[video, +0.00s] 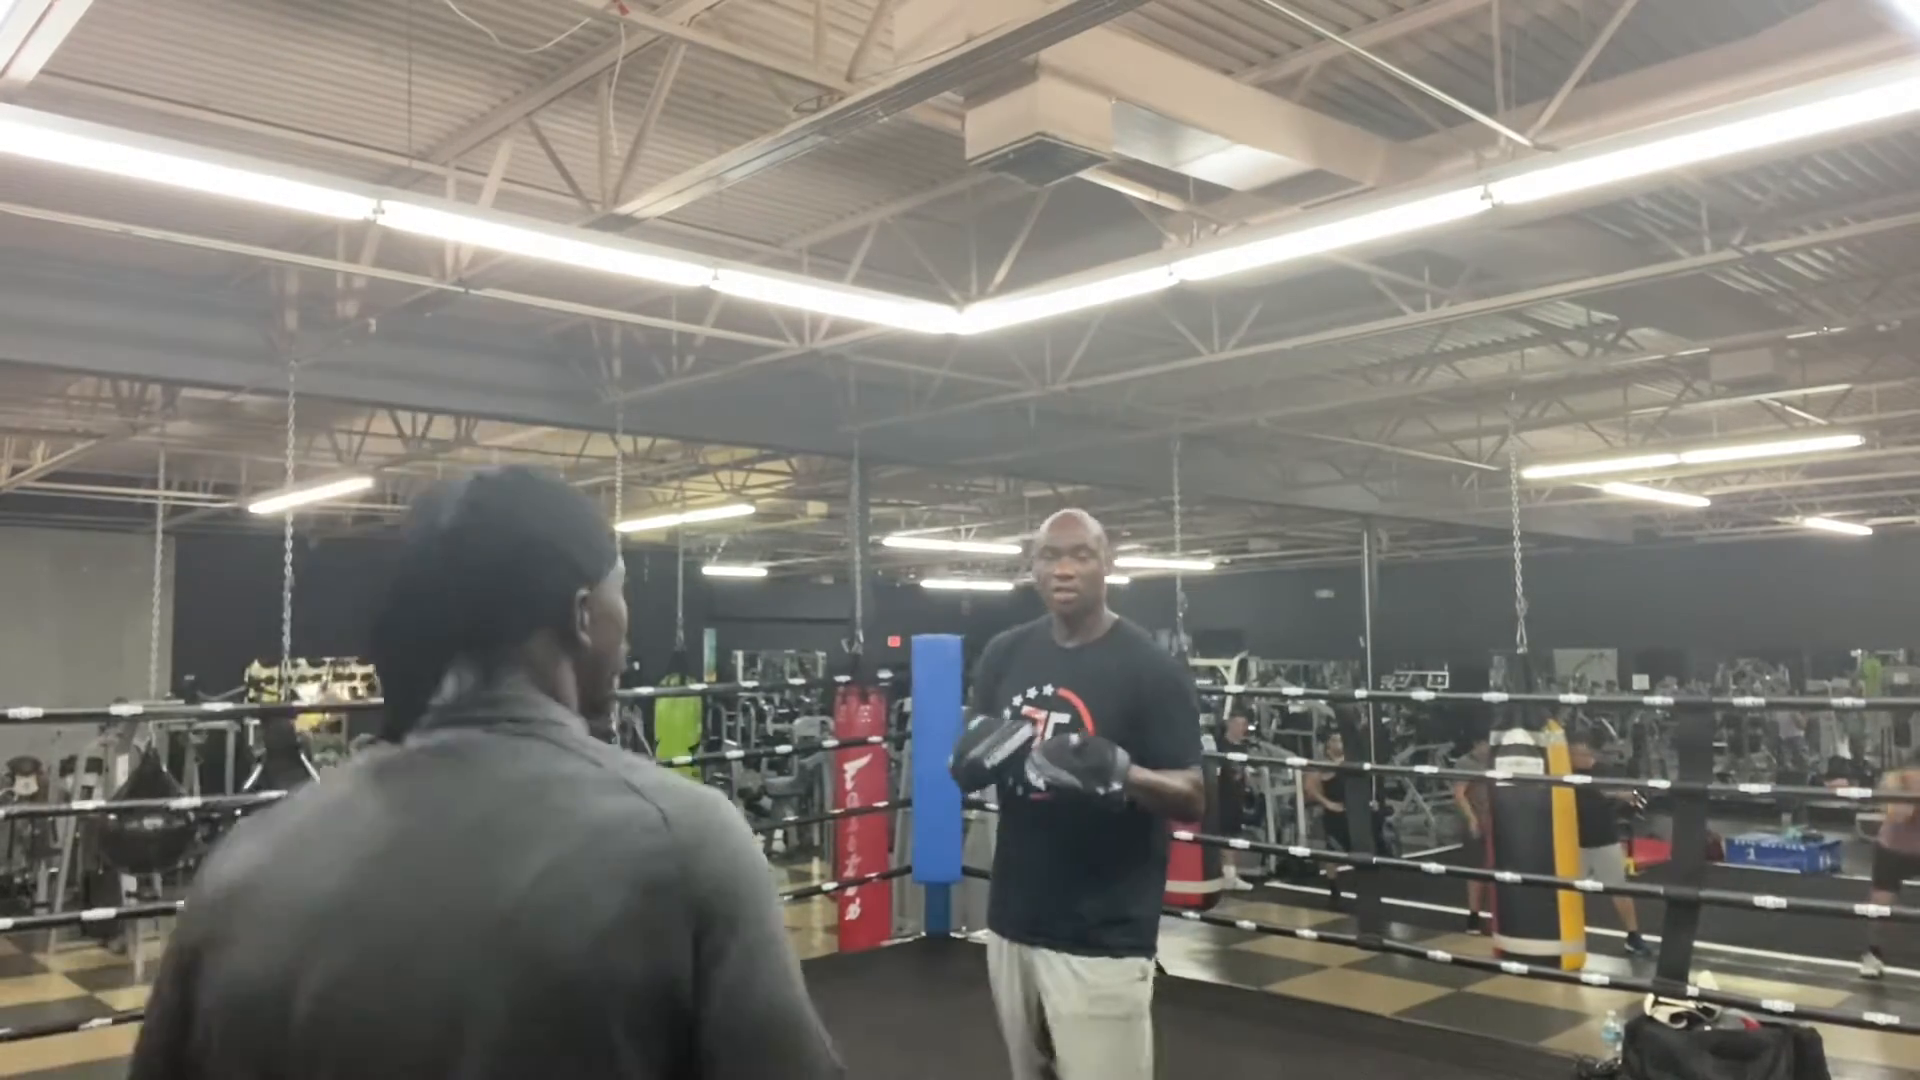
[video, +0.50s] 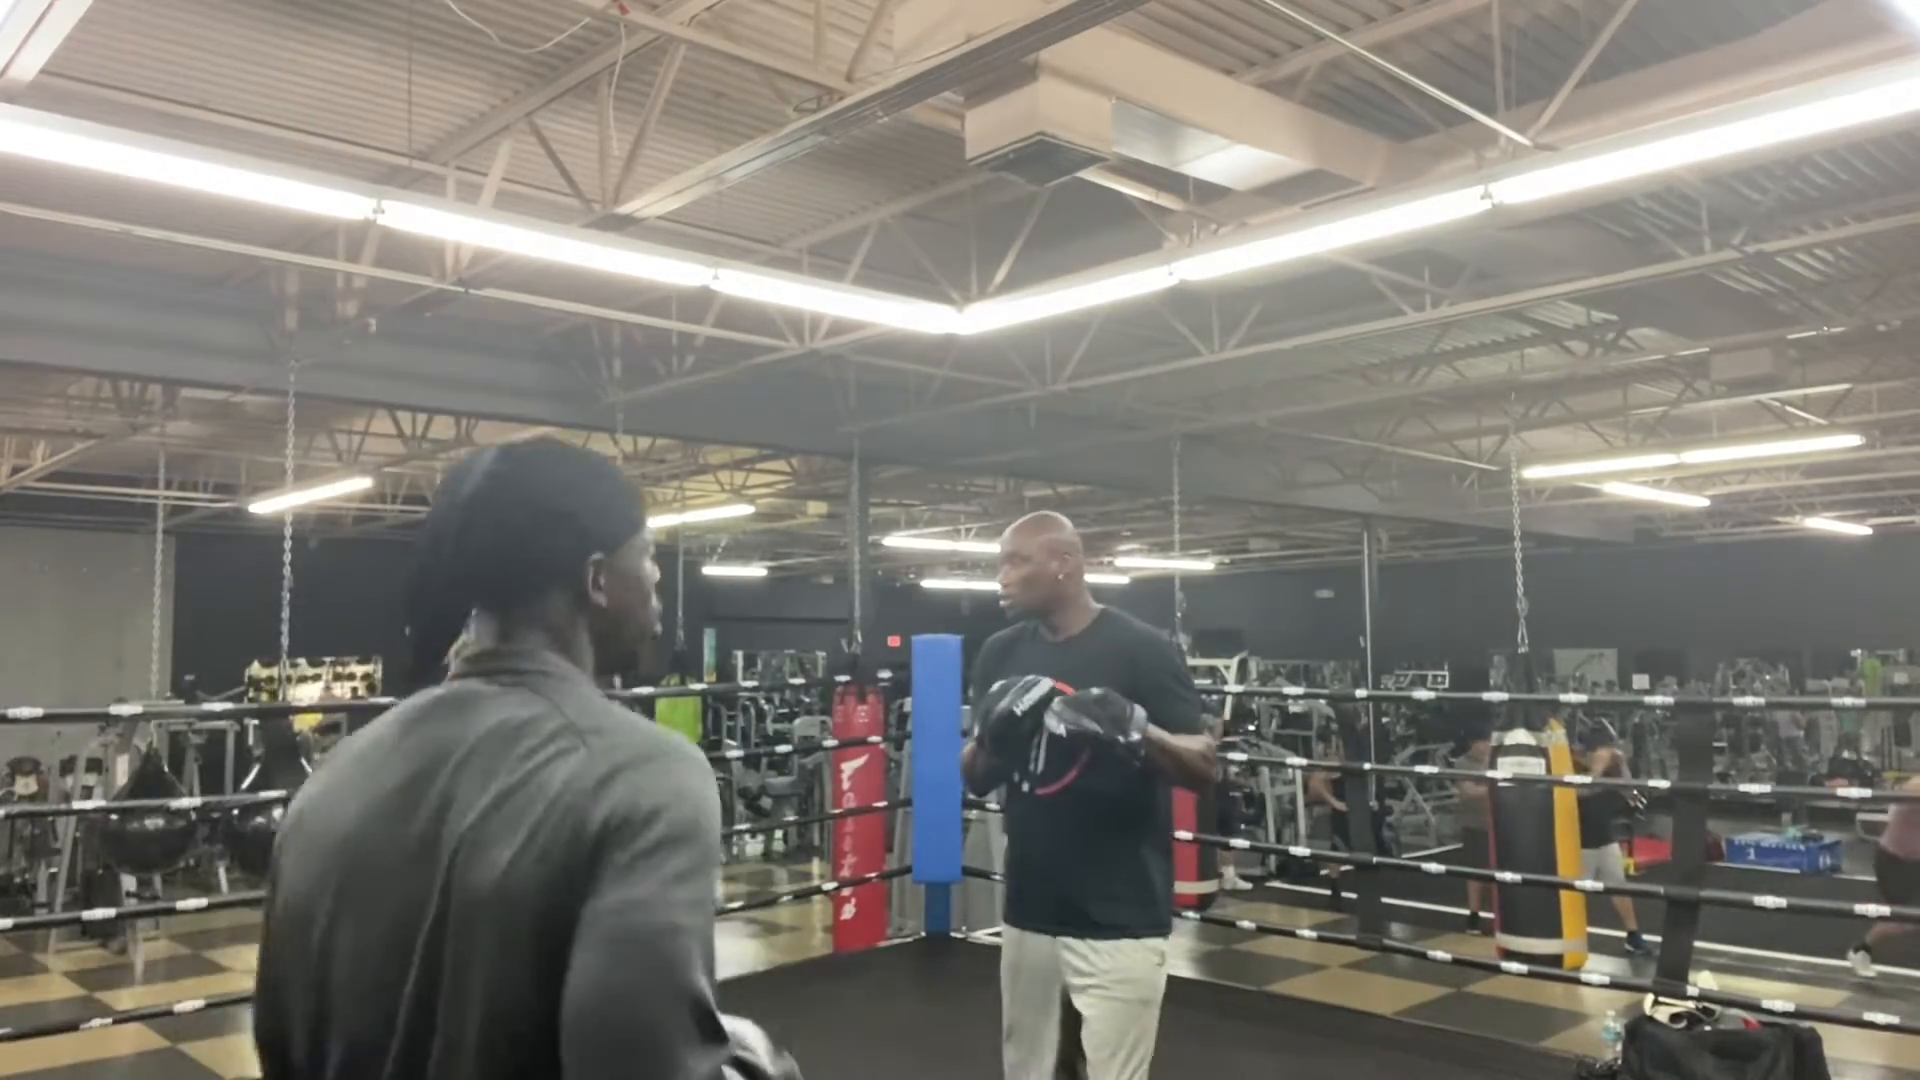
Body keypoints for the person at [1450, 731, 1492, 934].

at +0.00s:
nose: (1487, 750)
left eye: (1488, 746)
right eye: (1484, 745)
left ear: (1489, 748)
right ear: (1475, 746)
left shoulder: (1490, 764)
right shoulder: (1467, 764)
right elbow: (1459, 792)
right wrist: (1472, 818)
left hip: (1493, 821)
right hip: (1478, 822)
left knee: (1492, 870)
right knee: (1476, 869)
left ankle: (1493, 911)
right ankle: (1474, 913)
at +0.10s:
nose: (1487, 750)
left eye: (1489, 745)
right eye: (1484, 745)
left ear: (1492, 747)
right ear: (1474, 745)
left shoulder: (1494, 764)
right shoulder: (1466, 763)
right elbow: (1459, 792)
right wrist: (1480, 811)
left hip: (1494, 822)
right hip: (1475, 824)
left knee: (1494, 870)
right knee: (1475, 869)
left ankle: (1496, 912)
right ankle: (1474, 914)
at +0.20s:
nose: (1486, 753)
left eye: (1488, 749)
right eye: (1482, 748)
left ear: (1491, 749)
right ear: (1473, 747)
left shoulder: (1493, 765)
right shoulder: (1464, 765)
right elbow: (1464, 794)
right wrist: (1488, 799)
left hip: (1495, 824)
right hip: (1475, 824)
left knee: (1494, 871)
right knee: (1475, 870)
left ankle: (1498, 913)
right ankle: (1474, 913)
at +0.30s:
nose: (1486, 752)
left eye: (1488, 748)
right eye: (1482, 747)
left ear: (1492, 748)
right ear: (1473, 747)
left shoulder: (1495, 764)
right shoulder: (1463, 764)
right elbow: (1469, 789)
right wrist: (1494, 788)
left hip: (1496, 824)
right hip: (1474, 824)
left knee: (1496, 870)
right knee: (1475, 870)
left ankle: (1498, 913)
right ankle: (1474, 914)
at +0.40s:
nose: (1485, 749)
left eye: (1487, 745)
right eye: (1481, 744)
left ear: (1490, 747)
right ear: (1471, 746)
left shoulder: (1493, 764)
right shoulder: (1463, 764)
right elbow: (1469, 789)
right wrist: (1494, 789)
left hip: (1494, 823)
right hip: (1473, 824)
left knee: (1495, 870)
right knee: (1475, 870)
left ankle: (1498, 913)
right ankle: (1474, 913)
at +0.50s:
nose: (1485, 748)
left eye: (1487, 744)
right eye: (1481, 743)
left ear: (1490, 746)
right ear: (1472, 745)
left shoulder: (1493, 764)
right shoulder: (1463, 764)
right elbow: (1467, 790)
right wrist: (1493, 789)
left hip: (1494, 823)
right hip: (1473, 824)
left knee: (1495, 870)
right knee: (1474, 870)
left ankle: (1498, 913)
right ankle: (1474, 913)